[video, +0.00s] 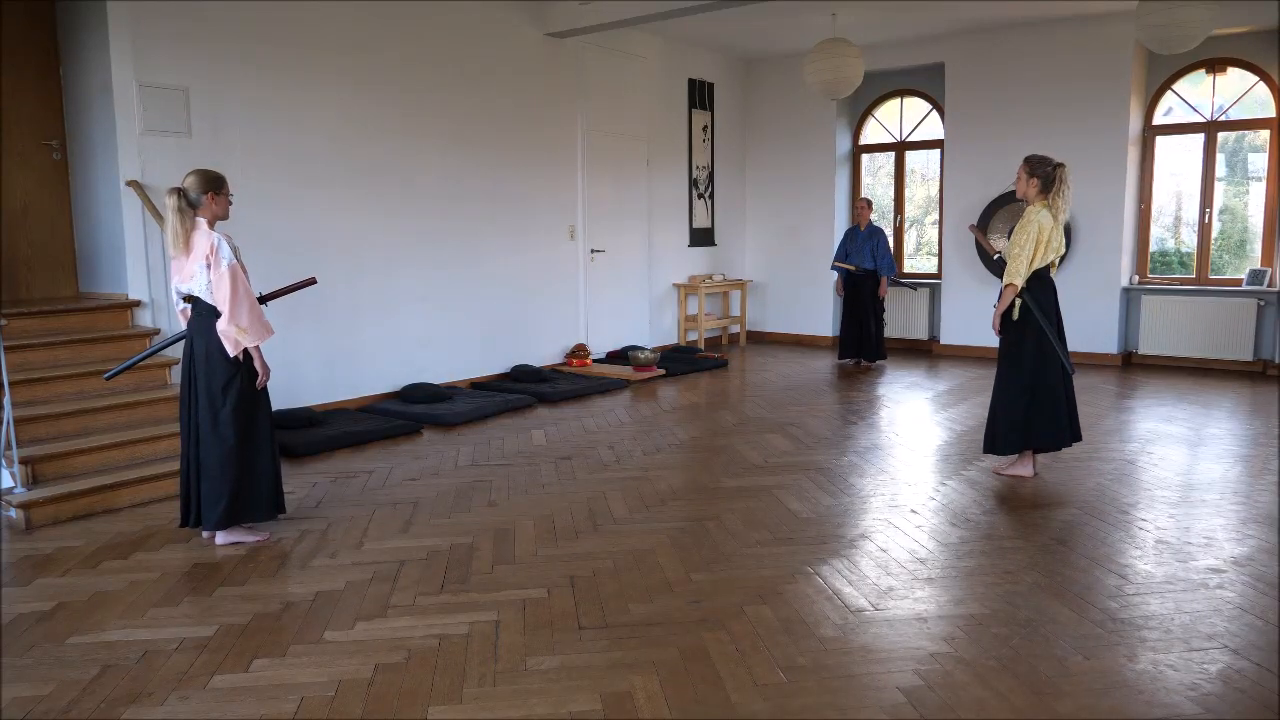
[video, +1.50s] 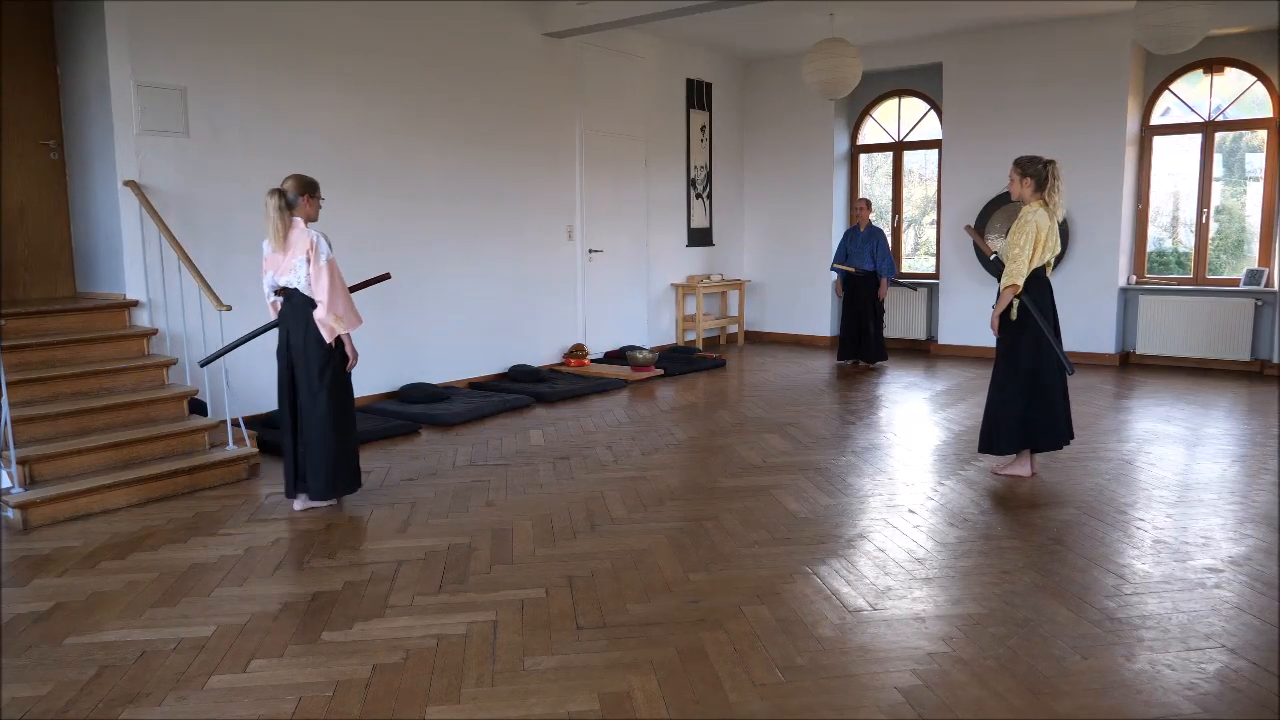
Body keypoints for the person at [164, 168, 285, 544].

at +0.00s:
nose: (231, 203)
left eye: (230, 197)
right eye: (228, 197)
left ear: (201, 200)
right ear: (210, 199)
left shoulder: (181, 240)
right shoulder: (216, 242)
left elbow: (183, 302)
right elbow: (235, 304)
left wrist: (202, 332)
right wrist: (255, 351)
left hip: (198, 341)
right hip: (224, 342)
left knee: (209, 430)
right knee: (232, 431)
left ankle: (213, 521)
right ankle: (229, 525)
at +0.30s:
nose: (232, 204)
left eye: (231, 198)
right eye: (229, 198)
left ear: (202, 201)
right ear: (213, 200)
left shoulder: (181, 243)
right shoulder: (220, 242)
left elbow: (183, 304)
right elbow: (237, 305)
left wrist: (201, 331)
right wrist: (260, 350)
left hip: (198, 341)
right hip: (228, 341)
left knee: (208, 427)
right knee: (242, 424)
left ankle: (212, 517)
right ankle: (251, 509)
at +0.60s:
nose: (242, 206)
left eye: (241, 200)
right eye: (239, 200)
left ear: (209, 203)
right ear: (224, 203)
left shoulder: (190, 245)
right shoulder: (229, 244)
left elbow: (189, 302)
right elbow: (246, 304)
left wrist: (203, 335)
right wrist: (268, 351)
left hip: (206, 340)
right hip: (235, 338)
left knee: (215, 425)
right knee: (270, 412)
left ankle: (216, 516)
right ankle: (297, 496)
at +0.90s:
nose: (266, 209)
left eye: (266, 203)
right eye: (264, 203)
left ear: (236, 205)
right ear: (249, 204)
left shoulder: (215, 248)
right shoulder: (255, 244)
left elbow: (212, 306)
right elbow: (270, 303)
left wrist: (229, 333)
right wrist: (288, 349)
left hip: (226, 339)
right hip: (257, 339)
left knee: (227, 422)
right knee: (281, 413)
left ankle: (217, 512)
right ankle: (304, 494)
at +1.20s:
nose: (297, 205)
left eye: (295, 199)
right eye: (294, 199)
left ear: (264, 202)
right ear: (281, 202)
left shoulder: (246, 244)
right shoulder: (290, 240)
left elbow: (247, 300)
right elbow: (306, 297)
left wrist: (264, 325)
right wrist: (324, 340)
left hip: (262, 330)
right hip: (292, 331)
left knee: (261, 411)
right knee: (305, 410)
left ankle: (232, 494)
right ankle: (309, 491)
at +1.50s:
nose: (321, 205)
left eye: (320, 200)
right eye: (319, 200)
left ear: (292, 202)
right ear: (305, 201)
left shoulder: (272, 242)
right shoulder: (314, 239)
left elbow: (272, 296)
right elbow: (327, 295)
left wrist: (290, 323)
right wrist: (346, 337)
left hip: (289, 329)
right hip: (316, 329)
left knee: (297, 408)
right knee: (319, 409)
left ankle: (301, 488)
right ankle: (312, 492)